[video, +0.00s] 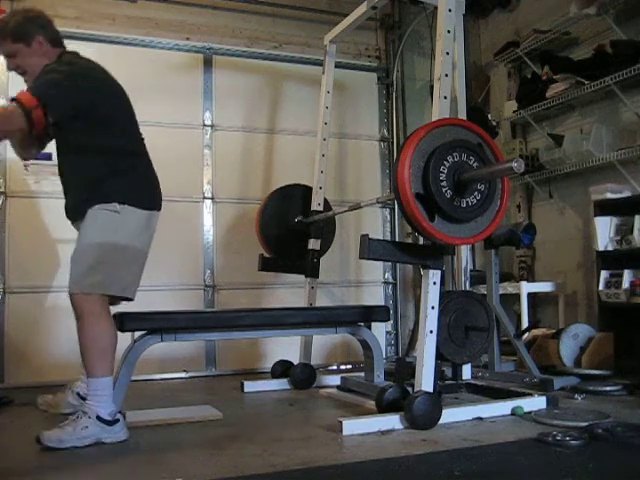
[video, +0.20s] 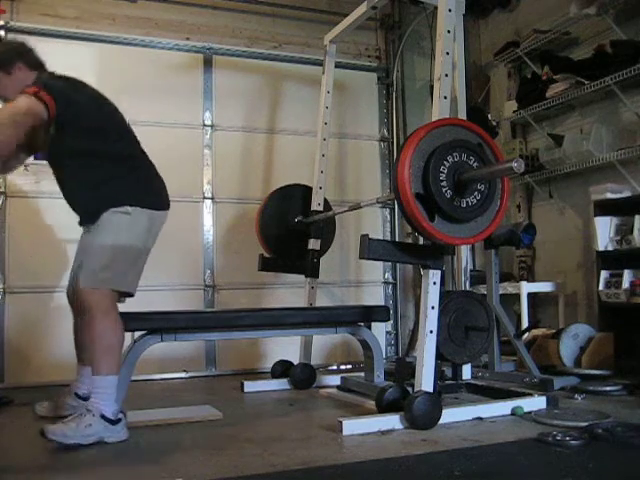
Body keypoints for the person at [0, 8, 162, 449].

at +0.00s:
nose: (14, 69)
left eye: (16, 58)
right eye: (11, 61)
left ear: (42, 44)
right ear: (42, 48)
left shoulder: (69, 73)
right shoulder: (68, 75)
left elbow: (11, 121)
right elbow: (30, 148)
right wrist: (16, 118)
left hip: (119, 198)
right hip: (114, 198)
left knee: (88, 297)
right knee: (88, 297)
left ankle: (104, 416)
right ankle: (96, 393)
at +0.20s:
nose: (1, 91)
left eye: (1, 81)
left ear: (19, 71)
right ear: (25, 71)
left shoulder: (52, 89)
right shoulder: (52, 95)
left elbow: (12, 122)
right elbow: (14, 154)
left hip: (131, 202)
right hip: (111, 205)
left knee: (96, 295)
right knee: (80, 295)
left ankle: (107, 415)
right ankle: (86, 400)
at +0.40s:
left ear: (5, 113)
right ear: (6, 115)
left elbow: (50, 172)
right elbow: (14, 203)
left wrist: (47, 238)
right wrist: (1, 232)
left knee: (98, 294)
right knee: (75, 295)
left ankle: (107, 415)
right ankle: (85, 395)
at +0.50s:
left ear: (4, 141)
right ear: (6, 141)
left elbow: (52, 178)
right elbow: (28, 219)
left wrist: (51, 255)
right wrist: (29, 268)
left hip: (143, 208)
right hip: (119, 215)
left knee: (92, 294)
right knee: (73, 293)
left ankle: (106, 415)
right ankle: (84, 395)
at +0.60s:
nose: (0, 198)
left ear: (2, 169)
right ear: (4, 170)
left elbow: (56, 179)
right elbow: (40, 235)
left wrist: (65, 263)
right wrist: (60, 271)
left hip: (147, 216)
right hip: (123, 220)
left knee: (90, 294)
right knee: (71, 292)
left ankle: (105, 415)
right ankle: (82, 395)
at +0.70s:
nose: (3, 216)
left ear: (3, 187)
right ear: (4, 185)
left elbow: (60, 197)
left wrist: (98, 267)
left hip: (152, 227)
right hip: (126, 232)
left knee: (82, 294)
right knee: (63, 295)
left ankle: (104, 415)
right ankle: (80, 396)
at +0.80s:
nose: (3, 227)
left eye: (1, 219)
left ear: (4, 194)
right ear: (5, 192)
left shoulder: (34, 189)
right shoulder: (25, 211)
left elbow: (76, 217)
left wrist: (110, 285)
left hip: (154, 238)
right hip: (132, 240)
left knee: (72, 295)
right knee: (61, 295)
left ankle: (104, 415)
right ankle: (80, 395)